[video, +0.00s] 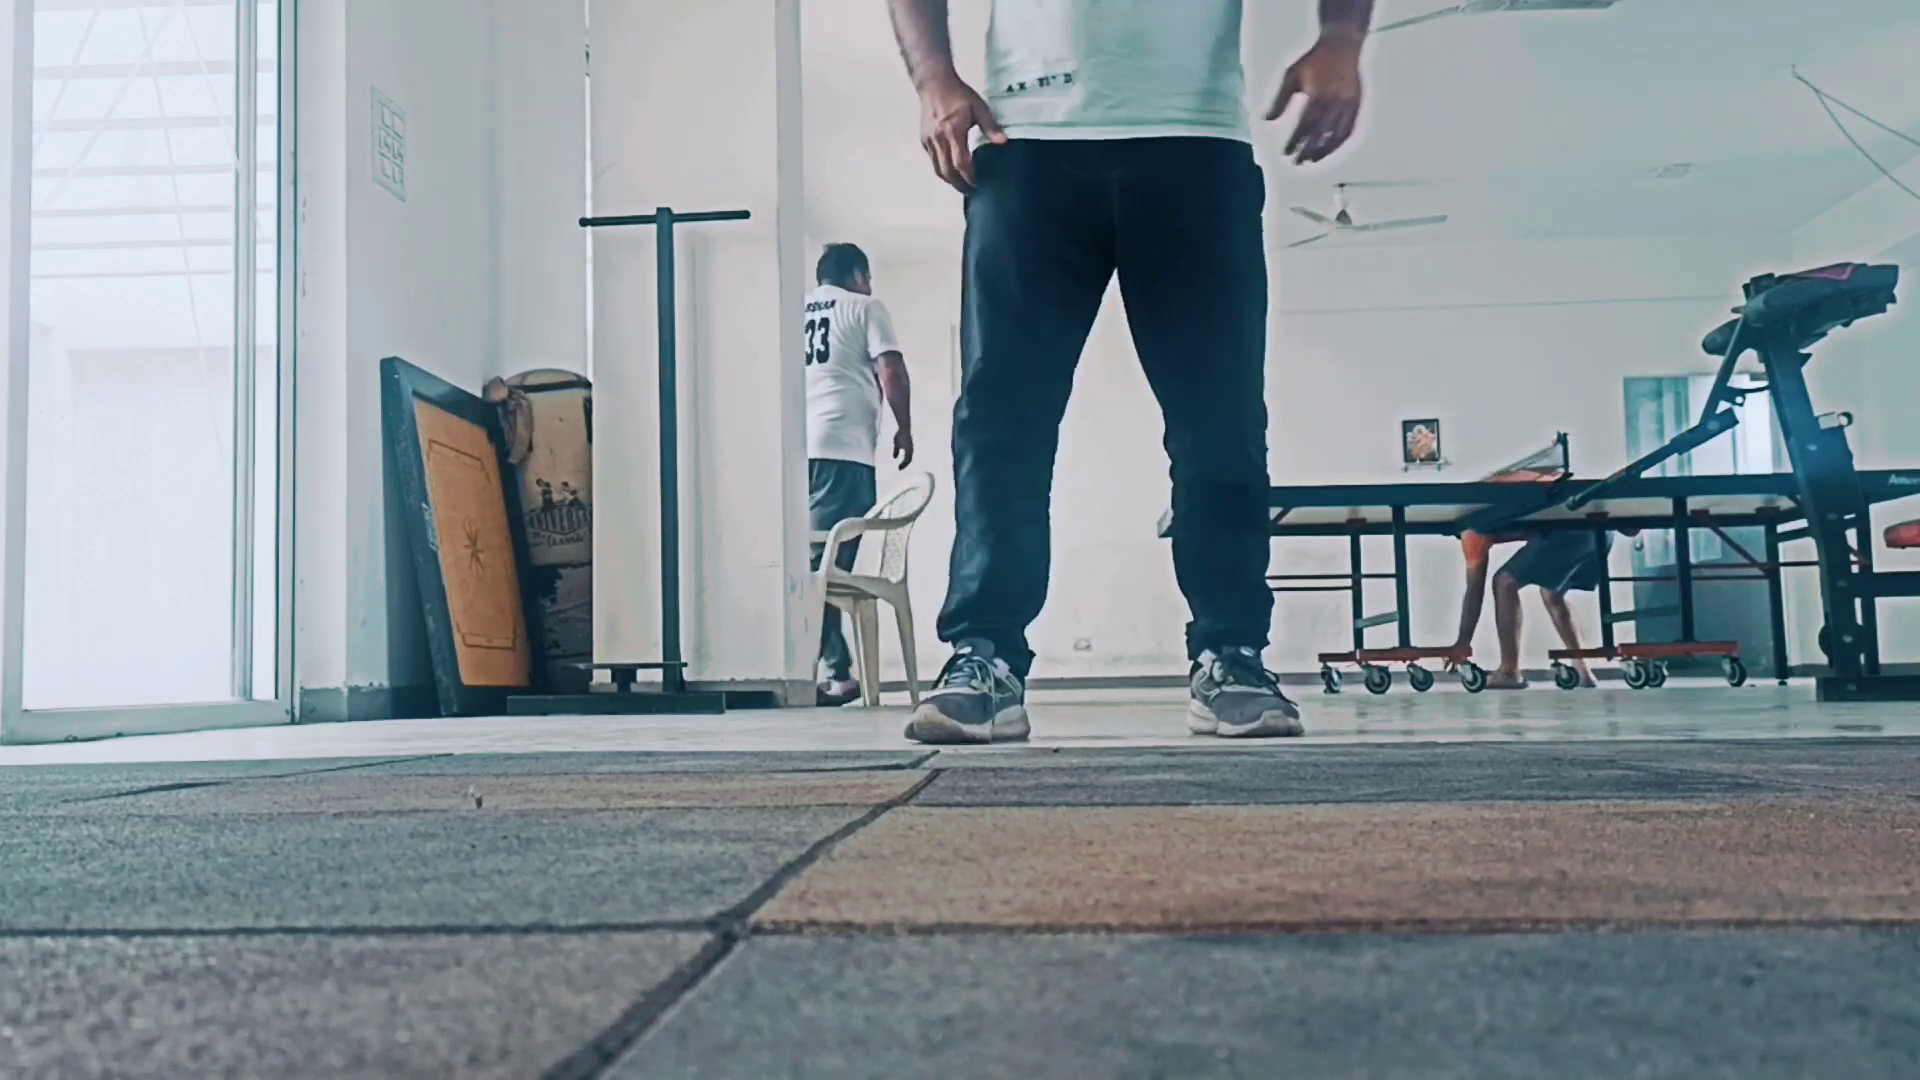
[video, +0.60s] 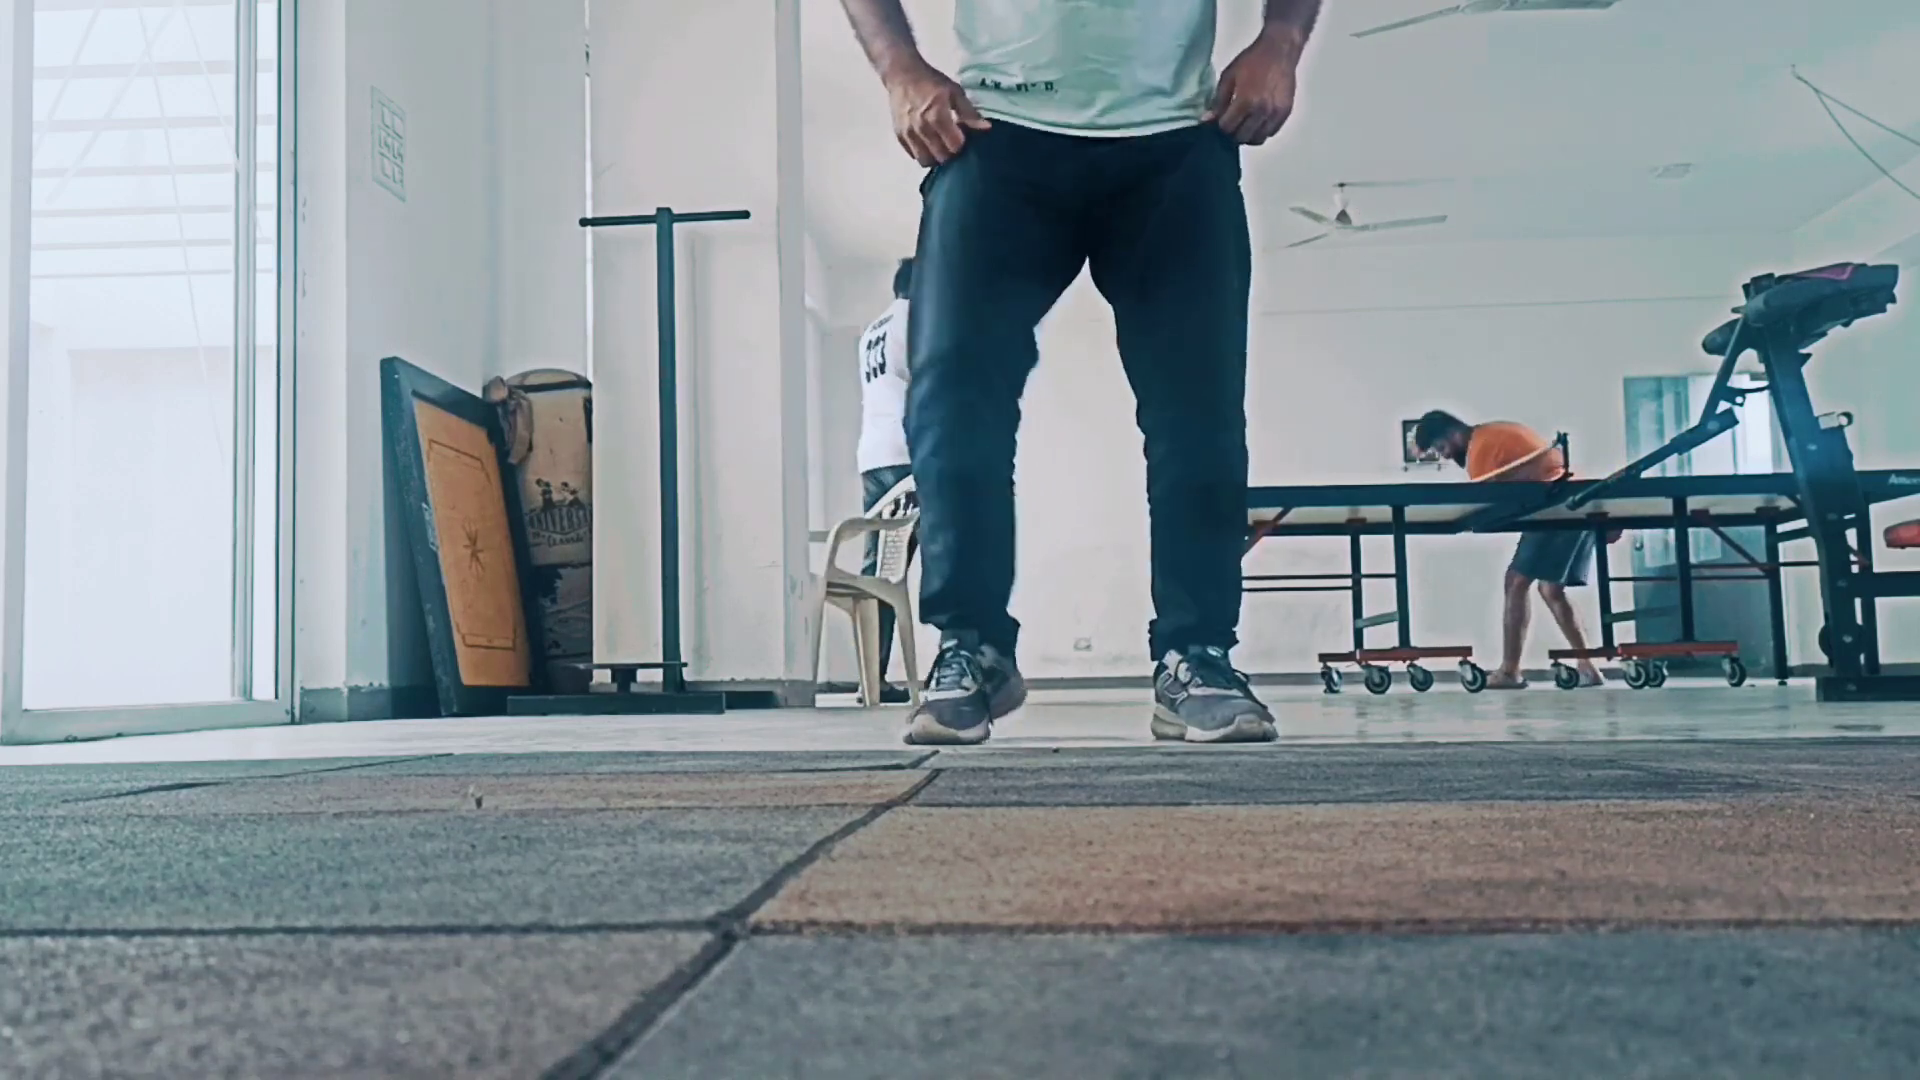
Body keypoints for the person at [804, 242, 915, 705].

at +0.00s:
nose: (870, 286)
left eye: (869, 279)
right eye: (869, 278)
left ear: (820, 278)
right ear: (858, 276)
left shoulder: (795, 307)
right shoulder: (865, 306)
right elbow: (890, 369)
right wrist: (905, 428)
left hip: (792, 449)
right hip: (839, 448)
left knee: (811, 562)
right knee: (830, 564)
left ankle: (836, 671)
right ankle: (812, 670)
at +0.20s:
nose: (888, 295)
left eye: (887, 289)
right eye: (887, 288)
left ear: (842, 287)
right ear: (880, 286)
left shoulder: (815, 323)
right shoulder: (880, 310)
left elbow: (816, 391)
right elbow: (904, 370)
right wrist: (927, 431)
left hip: (819, 457)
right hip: (863, 452)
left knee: (851, 569)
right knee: (852, 569)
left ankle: (871, 677)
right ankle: (805, 672)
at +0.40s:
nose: (912, 295)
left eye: (911, 289)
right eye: (911, 288)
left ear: (864, 289)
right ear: (902, 285)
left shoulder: (839, 331)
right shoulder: (898, 309)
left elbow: (842, 395)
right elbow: (919, 375)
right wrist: (945, 424)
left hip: (849, 462)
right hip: (894, 453)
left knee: (868, 566)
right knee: (924, 557)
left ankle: (873, 677)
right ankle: (851, 642)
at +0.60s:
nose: (933, 296)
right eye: (930, 287)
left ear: (897, 286)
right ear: (921, 287)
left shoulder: (872, 328)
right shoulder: (916, 317)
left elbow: (876, 393)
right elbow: (926, 383)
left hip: (871, 460)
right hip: (906, 455)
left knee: (879, 567)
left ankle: (871, 674)